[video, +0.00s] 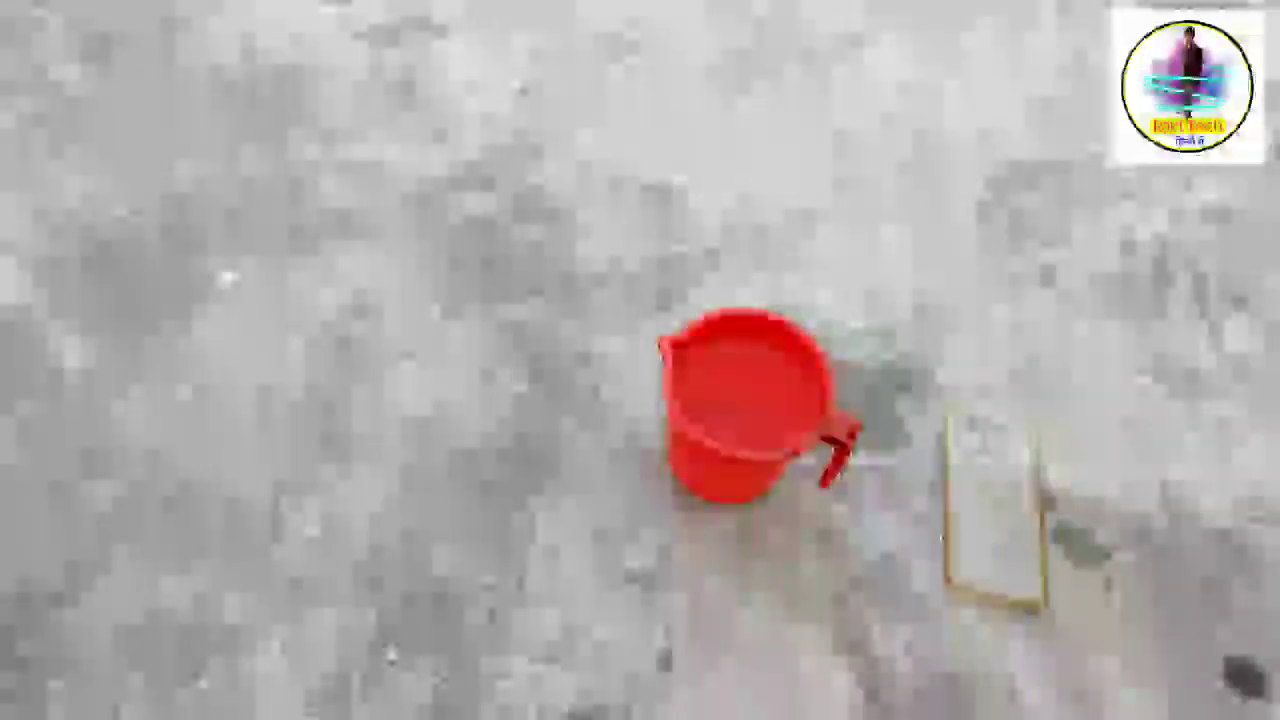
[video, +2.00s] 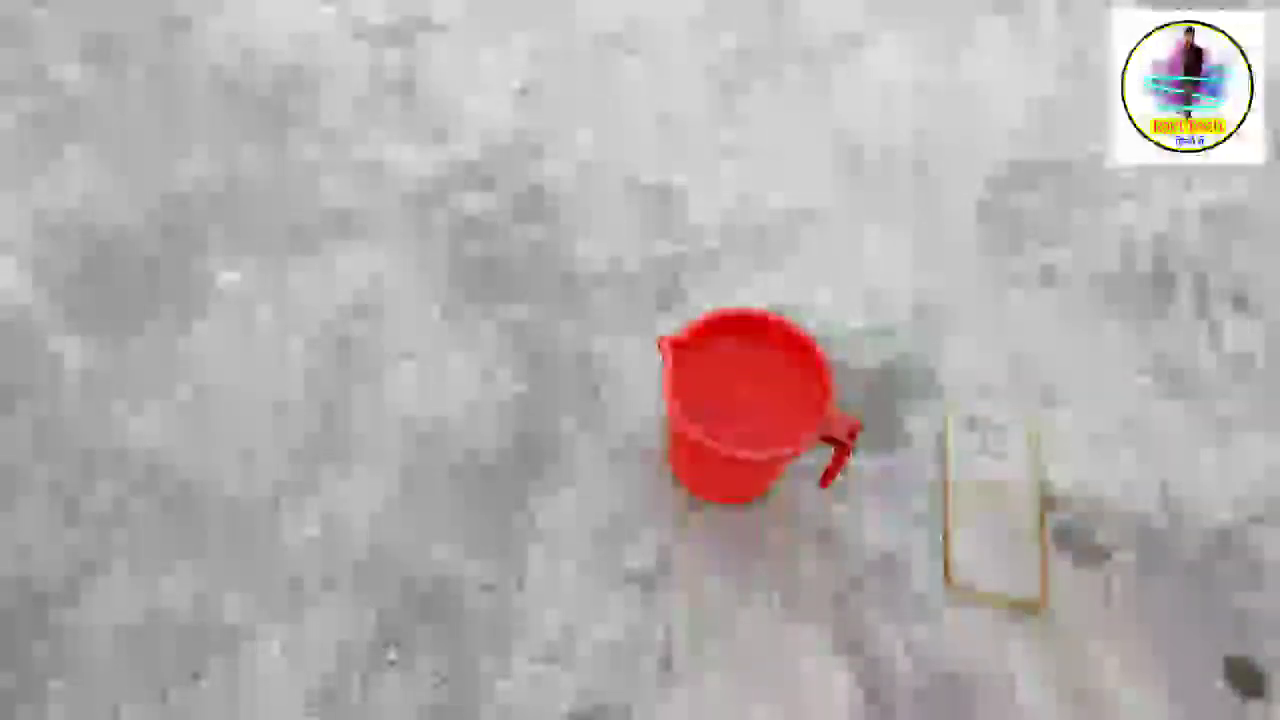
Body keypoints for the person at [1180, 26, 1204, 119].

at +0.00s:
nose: (1187, 38)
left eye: (1189, 36)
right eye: (1186, 36)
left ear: (1193, 36)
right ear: (1184, 36)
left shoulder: (1197, 50)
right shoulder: (1181, 49)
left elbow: (1199, 65)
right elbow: (1176, 61)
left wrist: (1197, 75)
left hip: (1193, 75)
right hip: (1183, 74)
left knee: (1190, 93)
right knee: (1185, 93)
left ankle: (1188, 112)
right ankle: (1185, 111)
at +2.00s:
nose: (1188, 38)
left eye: (1190, 36)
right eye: (1186, 36)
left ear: (1193, 36)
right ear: (1184, 36)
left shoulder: (1198, 50)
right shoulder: (1182, 50)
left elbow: (1199, 65)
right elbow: (1177, 62)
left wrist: (1197, 76)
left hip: (1193, 75)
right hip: (1184, 74)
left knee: (1189, 93)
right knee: (1185, 93)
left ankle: (1188, 112)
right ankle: (1186, 111)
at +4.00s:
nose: (1188, 38)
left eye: (1190, 36)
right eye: (1187, 35)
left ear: (1193, 36)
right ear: (1184, 36)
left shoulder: (1197, 50)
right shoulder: (1181, 49)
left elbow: (1199, 64)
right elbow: (1176, 61)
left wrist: (1197, 74)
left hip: (1193, 74)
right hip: (1183, 74)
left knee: (1190, 92)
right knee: (1185, 93)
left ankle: (1188, 112)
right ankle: (1186, 112)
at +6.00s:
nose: (1187, 38)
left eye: (1190, 35)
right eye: (1186, 35)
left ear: (1193, 36)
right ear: (1184, 36)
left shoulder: (1197, 50)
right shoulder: (1181, 49)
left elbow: (1198, 67)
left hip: (1192, 77)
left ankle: (1188, 114)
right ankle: (1186, 113)